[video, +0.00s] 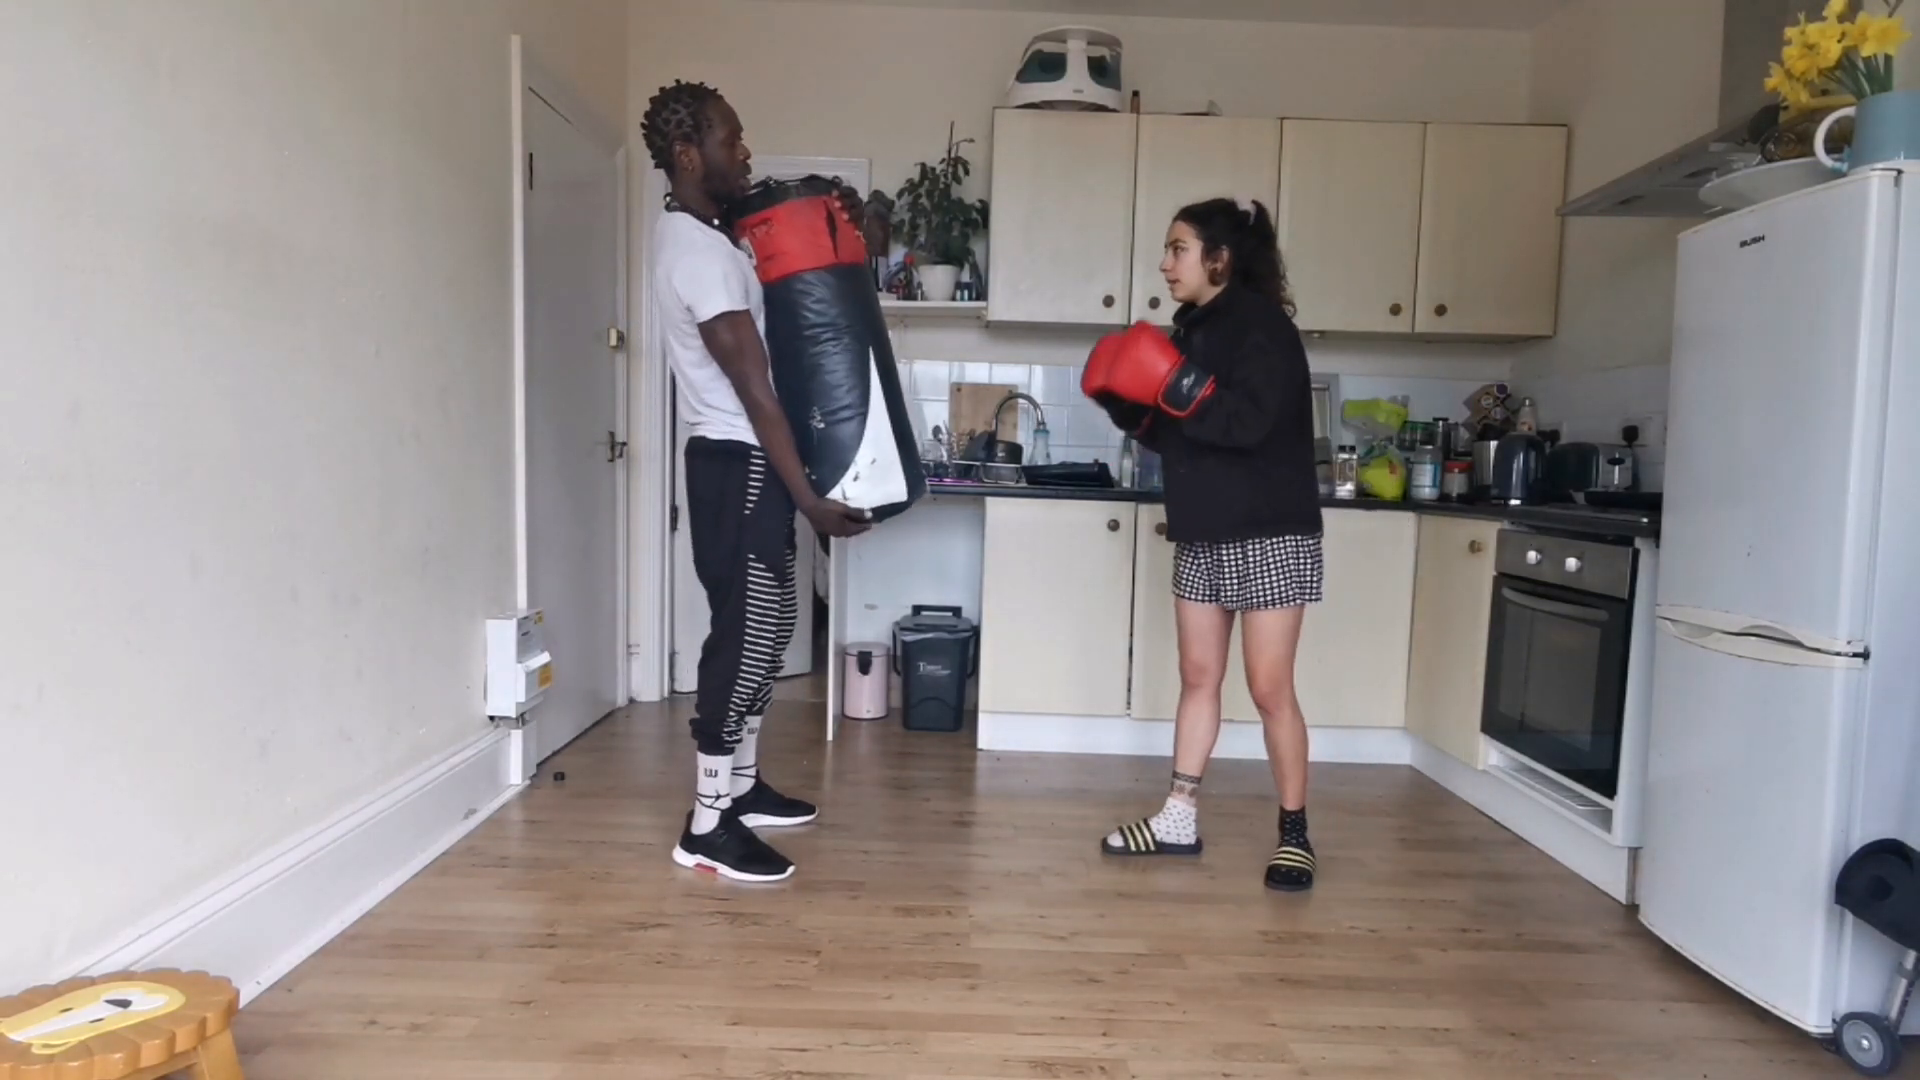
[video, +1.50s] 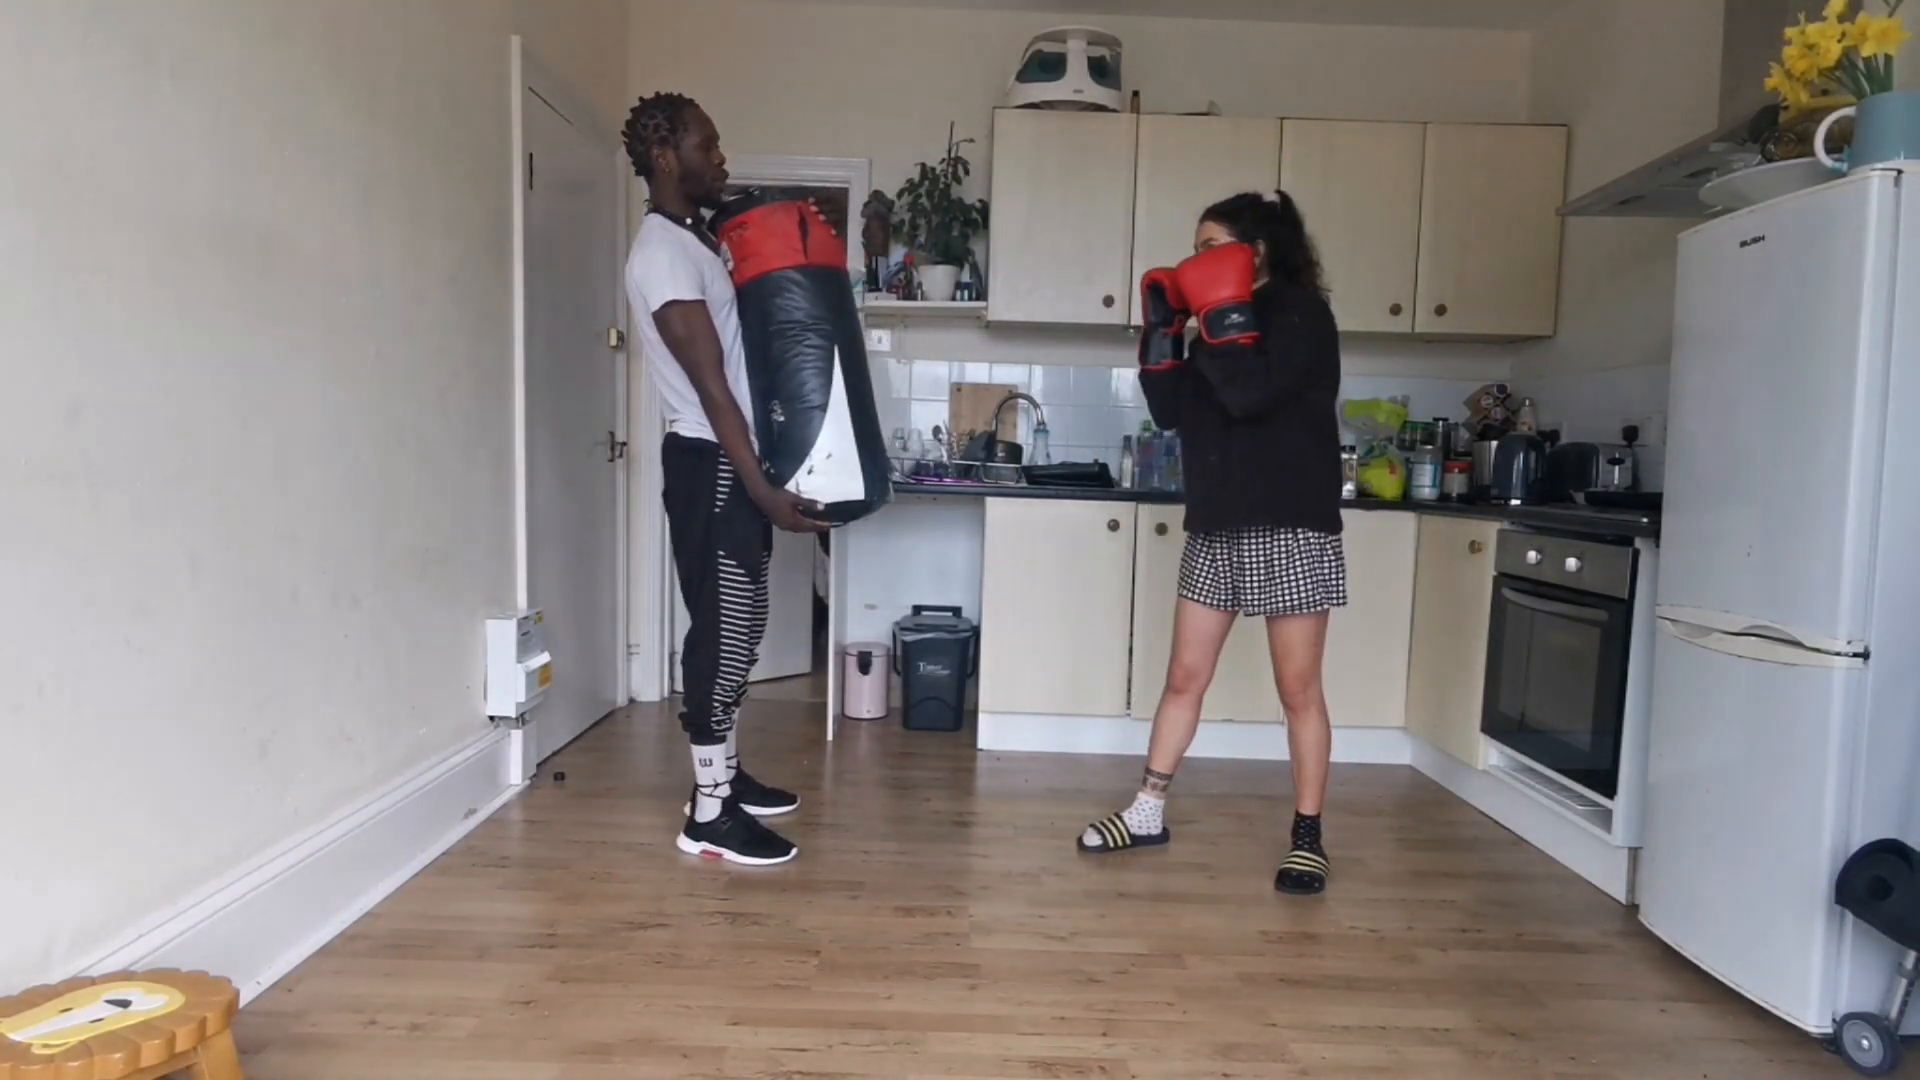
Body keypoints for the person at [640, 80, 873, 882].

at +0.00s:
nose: (746, 154)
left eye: (742, 138)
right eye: (732, 140)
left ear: (689, 154)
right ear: (686, 153)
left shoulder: (700, 235)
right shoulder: (700, 250)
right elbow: (754, 386)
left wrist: (843, 236)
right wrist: (807, 494)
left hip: (740, 453)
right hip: (736, 457)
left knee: (746, 620)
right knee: (763, 622)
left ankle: (736, 786)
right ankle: (709, 820)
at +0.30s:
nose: (750, 155)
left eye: (745, 141)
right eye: (735, 142)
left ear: (694, 158)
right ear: (692, 156)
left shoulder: (715, 239)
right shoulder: (699, 247)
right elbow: (746, 381)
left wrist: (842, 232)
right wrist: (797, 486)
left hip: (751, 457)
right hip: (736, 460)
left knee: (763, 628)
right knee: (784, 633)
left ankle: (738, 785)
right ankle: (720, 810)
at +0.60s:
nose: (746, 153)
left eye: (742, 140)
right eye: (731, 141)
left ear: (695, 154)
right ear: (689, 153)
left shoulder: (719, 236)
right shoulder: (688, 241)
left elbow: (785, 316)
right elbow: (740, 378)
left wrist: (847, 234)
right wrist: (795, 482)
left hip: (755, 451)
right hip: (731, 455)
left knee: (758, 620)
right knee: (756, 623)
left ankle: (739, 784)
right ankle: (714, 808)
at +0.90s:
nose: (739, 145)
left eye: (733, 132)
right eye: (723, 133)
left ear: (686, 150)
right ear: (680, 147)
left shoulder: (712, 233)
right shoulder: (678, 241)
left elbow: (780, 318)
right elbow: (725, 380)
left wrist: (836, 238)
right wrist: (777, 487)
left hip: (753, 452)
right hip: (715, 457)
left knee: (776, 613)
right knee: (729, 622)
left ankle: (740, 774)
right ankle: (711, 810)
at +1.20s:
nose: (727, 145)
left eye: (721, 131)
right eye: (711, 133)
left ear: (673, 150)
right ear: (668, 148)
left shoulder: (698, 235)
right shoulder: (667, 242)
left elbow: (764, 317)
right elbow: (717, 378)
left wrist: (817, 231)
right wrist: (773, 485)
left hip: (735, 450)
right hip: (712, 454)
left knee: (742, 614)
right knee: (730, 619)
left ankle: (720, 776)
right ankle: (710, 811)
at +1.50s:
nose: (723, 159)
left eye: (718, 145)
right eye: (707, 146)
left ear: (670, 159)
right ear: (664, 157)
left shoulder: (694, 240)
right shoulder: (662, 249)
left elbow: (744, 337)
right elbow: (708, 381)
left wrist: (766, 243)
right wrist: (759, 482)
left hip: (731, 452)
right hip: (706, 457)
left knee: (736, 617)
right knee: (729, 622)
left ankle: (722, 776)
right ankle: (709, 812)